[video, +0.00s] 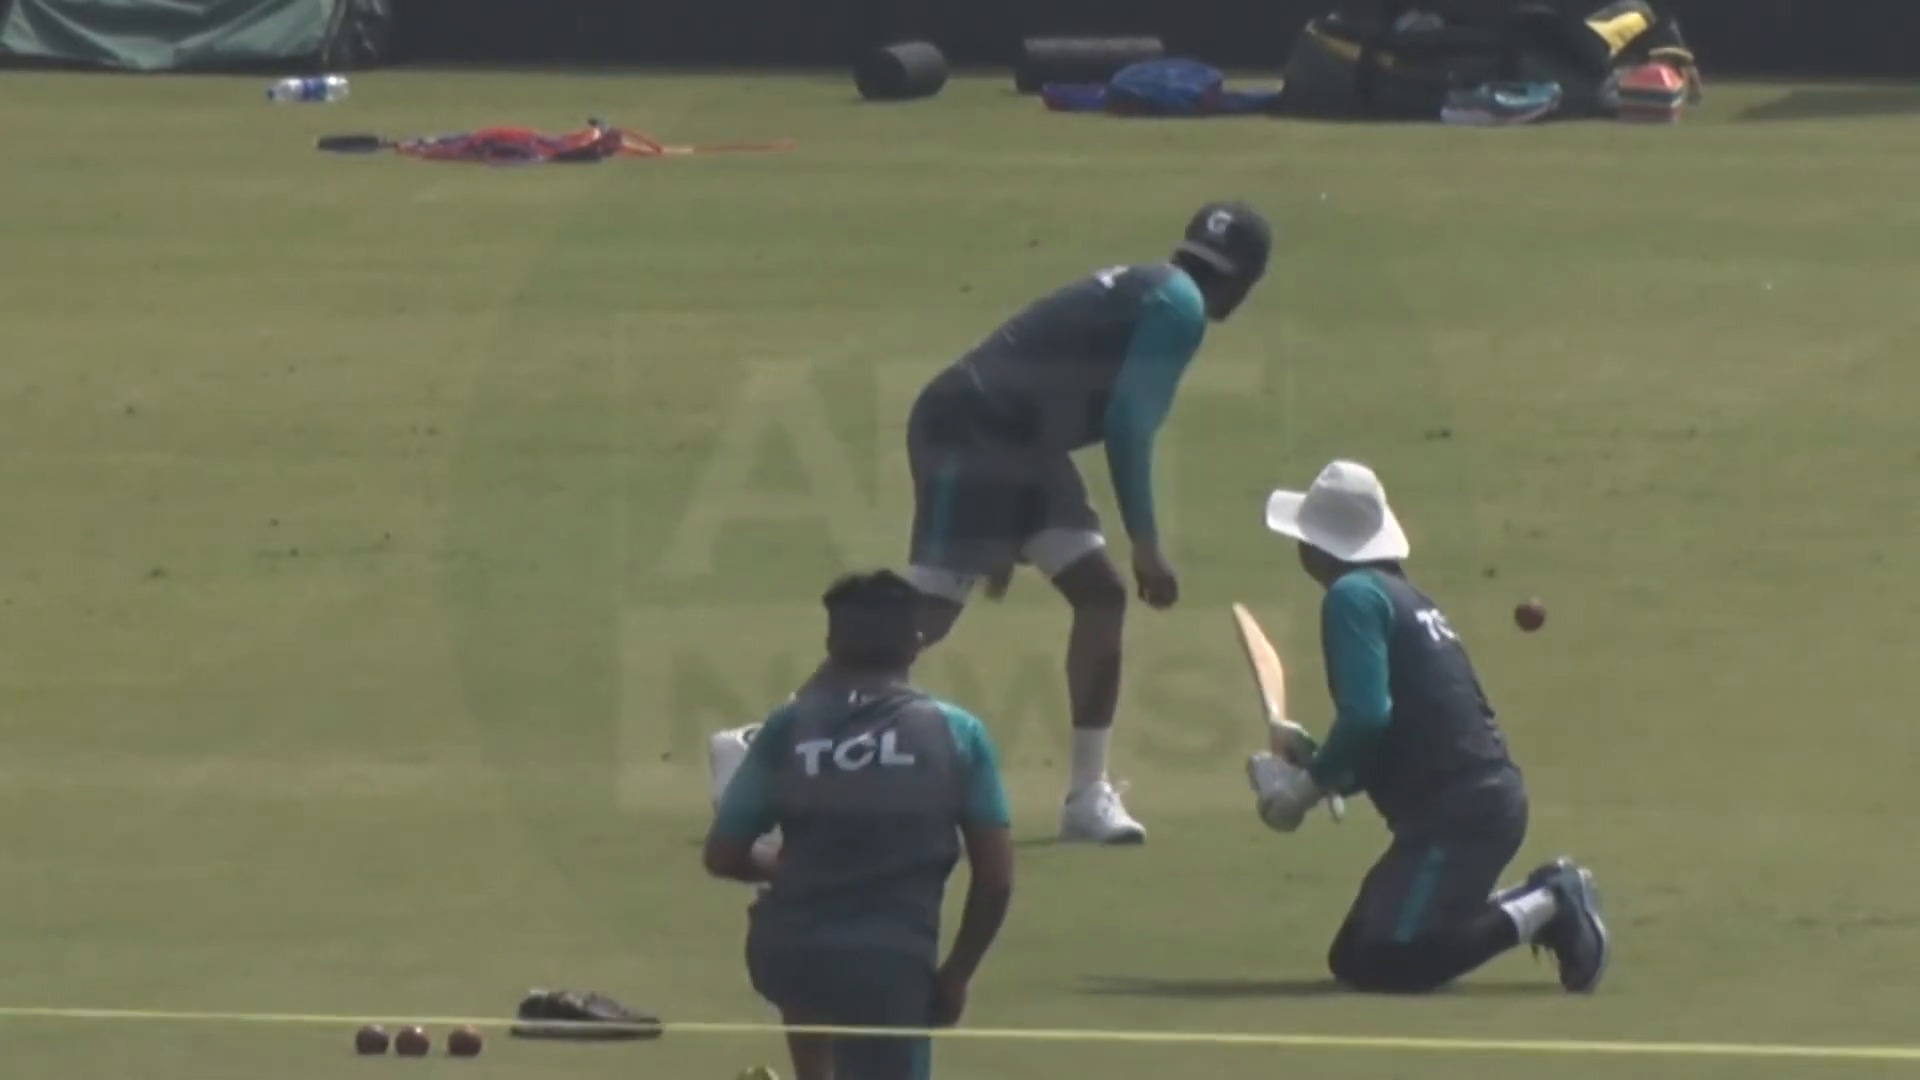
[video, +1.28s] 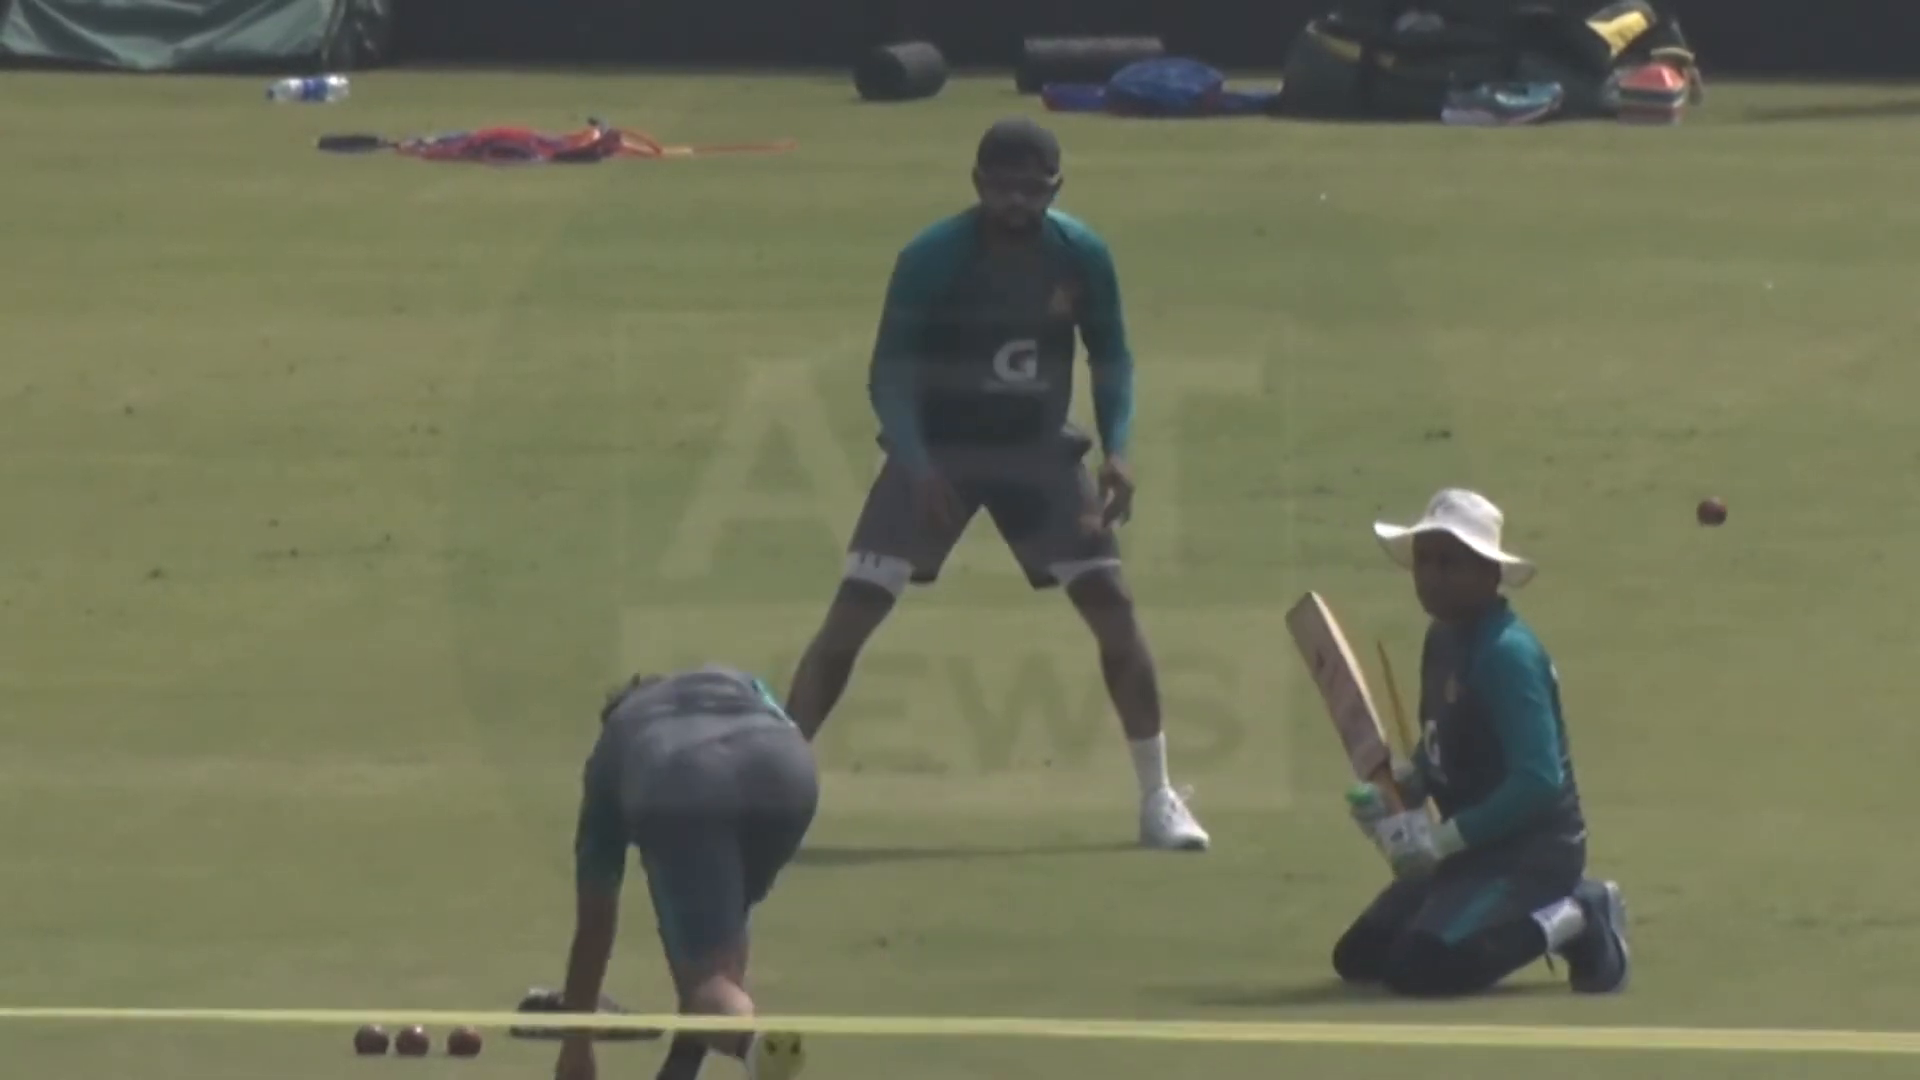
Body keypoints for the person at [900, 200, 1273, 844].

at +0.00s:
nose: (1244, 298)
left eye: (1245, 284)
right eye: (1247, 285)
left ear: (1188, 248)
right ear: (1239, 280)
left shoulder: (1141, 285)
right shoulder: (1179, 307)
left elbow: (1037, 406)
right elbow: (1129, 427)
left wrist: (1004, 531)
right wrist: (1148, 549)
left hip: (1026, 445)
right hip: (972, 431)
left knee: (1101, 594)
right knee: (927, 616)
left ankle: (1088, 796)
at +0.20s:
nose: (1200, 260)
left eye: (1203, 246)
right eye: (1199, 245)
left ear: (1144, 225)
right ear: (1179, 240)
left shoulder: (1102, 269)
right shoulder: (1110, 279)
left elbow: (1045, 402)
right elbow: (1049, 402)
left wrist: (1062, 523)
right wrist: (1072, 525)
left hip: (999, 441)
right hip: (933, 431)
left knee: (1080, 594)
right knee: (895, 603)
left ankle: (1087, 794)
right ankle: (791, 741)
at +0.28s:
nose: (1172, 249)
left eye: (1175, 235)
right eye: (1170, 233)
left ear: (1118, 219)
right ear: (1142, 229)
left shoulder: (1088, 288)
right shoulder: (1065, 272)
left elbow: (1037, 402)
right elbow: (1005, 392)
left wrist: (1053, 498)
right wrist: (1036, 502)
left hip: (984, 438)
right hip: (913, 428)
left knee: (1070, 600)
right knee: (884, 603)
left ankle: (1085, 796)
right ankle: (799, 758)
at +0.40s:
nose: (1127, 222)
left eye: (1128, 208)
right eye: (1116, 207)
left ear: (1083, 213)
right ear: (1071, 206)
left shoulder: (1064, 285)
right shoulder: (990, 267)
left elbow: (1024, 401)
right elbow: (921, 391)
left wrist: (1034, 496)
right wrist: (955, 508)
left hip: (980, 445)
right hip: (891, 439)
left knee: (1050, 599)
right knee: (858, 606)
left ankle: (1084, 795)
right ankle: (781, 772)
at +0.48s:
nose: (1074, 214)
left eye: (1080, 200)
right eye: (1059, 199)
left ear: (1081, 204)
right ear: (1012, 198)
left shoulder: (1046, 274)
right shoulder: (944, 263)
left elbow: (1012, 388)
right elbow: (879, 387)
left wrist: (1016, 491)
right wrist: (917, 509)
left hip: (964, 440)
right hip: (875, 438)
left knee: (1036, 604)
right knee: (841, 607)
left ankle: (1082, 794)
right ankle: (775, 772)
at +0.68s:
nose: (967, 213)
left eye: (979, 199)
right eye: (950, 199)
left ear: (993, 201)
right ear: (918, 198)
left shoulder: (1006, 268)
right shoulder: (864, 271)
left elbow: (1006, 381)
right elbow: (804, 388)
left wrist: (1018, 483)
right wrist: (839, 491)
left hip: (961, 456)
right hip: (861, 460)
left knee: (1041, 595)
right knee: (817, 612)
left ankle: (1085, 778)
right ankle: (800, 795)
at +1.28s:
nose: (1018, 205)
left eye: (1033, 190)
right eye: (1003, 189)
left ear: (1056, 187)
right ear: (977, 184)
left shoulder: (1082, 257)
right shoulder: (929, 260)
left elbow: (1110, 355)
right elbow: (889, 378)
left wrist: (1115, 453)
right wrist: (918, 468)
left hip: (1038, 455)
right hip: (934, 455)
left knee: (1112, 608)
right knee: (854, 613)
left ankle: (1159, 797)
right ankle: (773, 779)